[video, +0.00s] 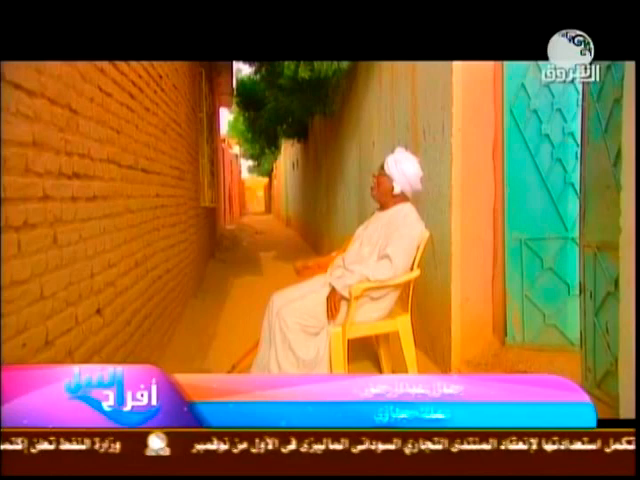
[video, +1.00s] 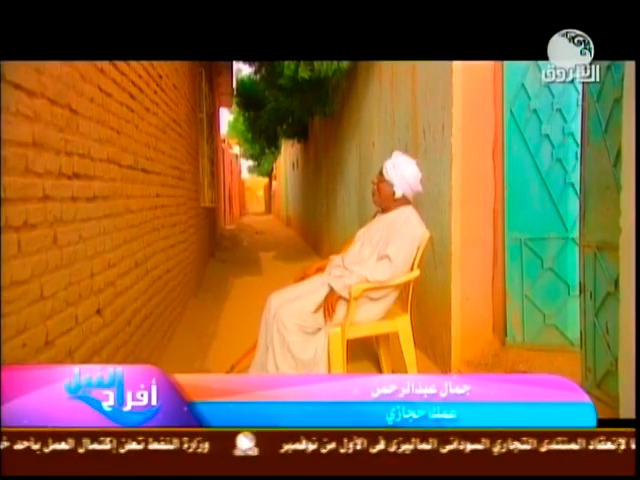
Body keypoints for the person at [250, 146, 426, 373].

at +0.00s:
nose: (374, 179)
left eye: (381, 176)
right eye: (377, 175)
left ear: (396, 185)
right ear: (393, 186)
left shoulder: (407, 220)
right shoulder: (384, 214)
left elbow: (393, 269)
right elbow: (354, 253)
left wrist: (342, 286)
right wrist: (326, 268)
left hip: (364, 296)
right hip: (342, 281)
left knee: (288, 316)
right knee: (278, 303)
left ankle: (291, 387)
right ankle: (270, 379)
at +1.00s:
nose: (374, 186)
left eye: (381, 182)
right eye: (377, 180)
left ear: (397, 189)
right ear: (395, 190)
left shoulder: (408, 223)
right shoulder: (386, 216)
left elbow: (390, 271)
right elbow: (355, 252)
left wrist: (340, 287)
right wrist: (325, 267)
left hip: (362, 298)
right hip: (342, 280)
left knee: (287, 317)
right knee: (276, 303)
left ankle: (288, 386)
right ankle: (267, 378)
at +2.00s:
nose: (373, 186)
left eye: (378, 181)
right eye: (376, 179)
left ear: (390, 188)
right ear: (392, 189)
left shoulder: (405, 221)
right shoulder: (388, 216)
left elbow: (388, 271)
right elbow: (358, 253)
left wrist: (336, 288)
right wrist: (327, 266)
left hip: (360, 298)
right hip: (341, 281)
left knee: (283, 314)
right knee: (274, 303)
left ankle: (281, 386)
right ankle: (266, 379)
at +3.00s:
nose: (372, 186)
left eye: (377, 181)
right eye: (375, 180)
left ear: (389, 188)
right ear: (391, 188)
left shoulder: (404, 222)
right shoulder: (387, 216)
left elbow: (388, 272)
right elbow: (357, 252)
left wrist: (335, 288)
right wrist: (326, 266)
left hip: (359, 297)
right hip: (341, 280)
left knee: (281, 314)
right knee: (273, 304)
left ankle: (281, 386)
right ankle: (268, 380)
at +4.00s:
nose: (366, 195)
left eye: (373, 190)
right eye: (366, 188)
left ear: (392, 193)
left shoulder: (404, 223)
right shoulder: (385, 217)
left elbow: (387, 271)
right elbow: (356, 253)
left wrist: (335, 288)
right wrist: (326, 266)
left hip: (359, 299)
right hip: (340, 282)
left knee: (282, 315)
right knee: (274, 305)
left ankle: (280, 386)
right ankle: (267, 379)